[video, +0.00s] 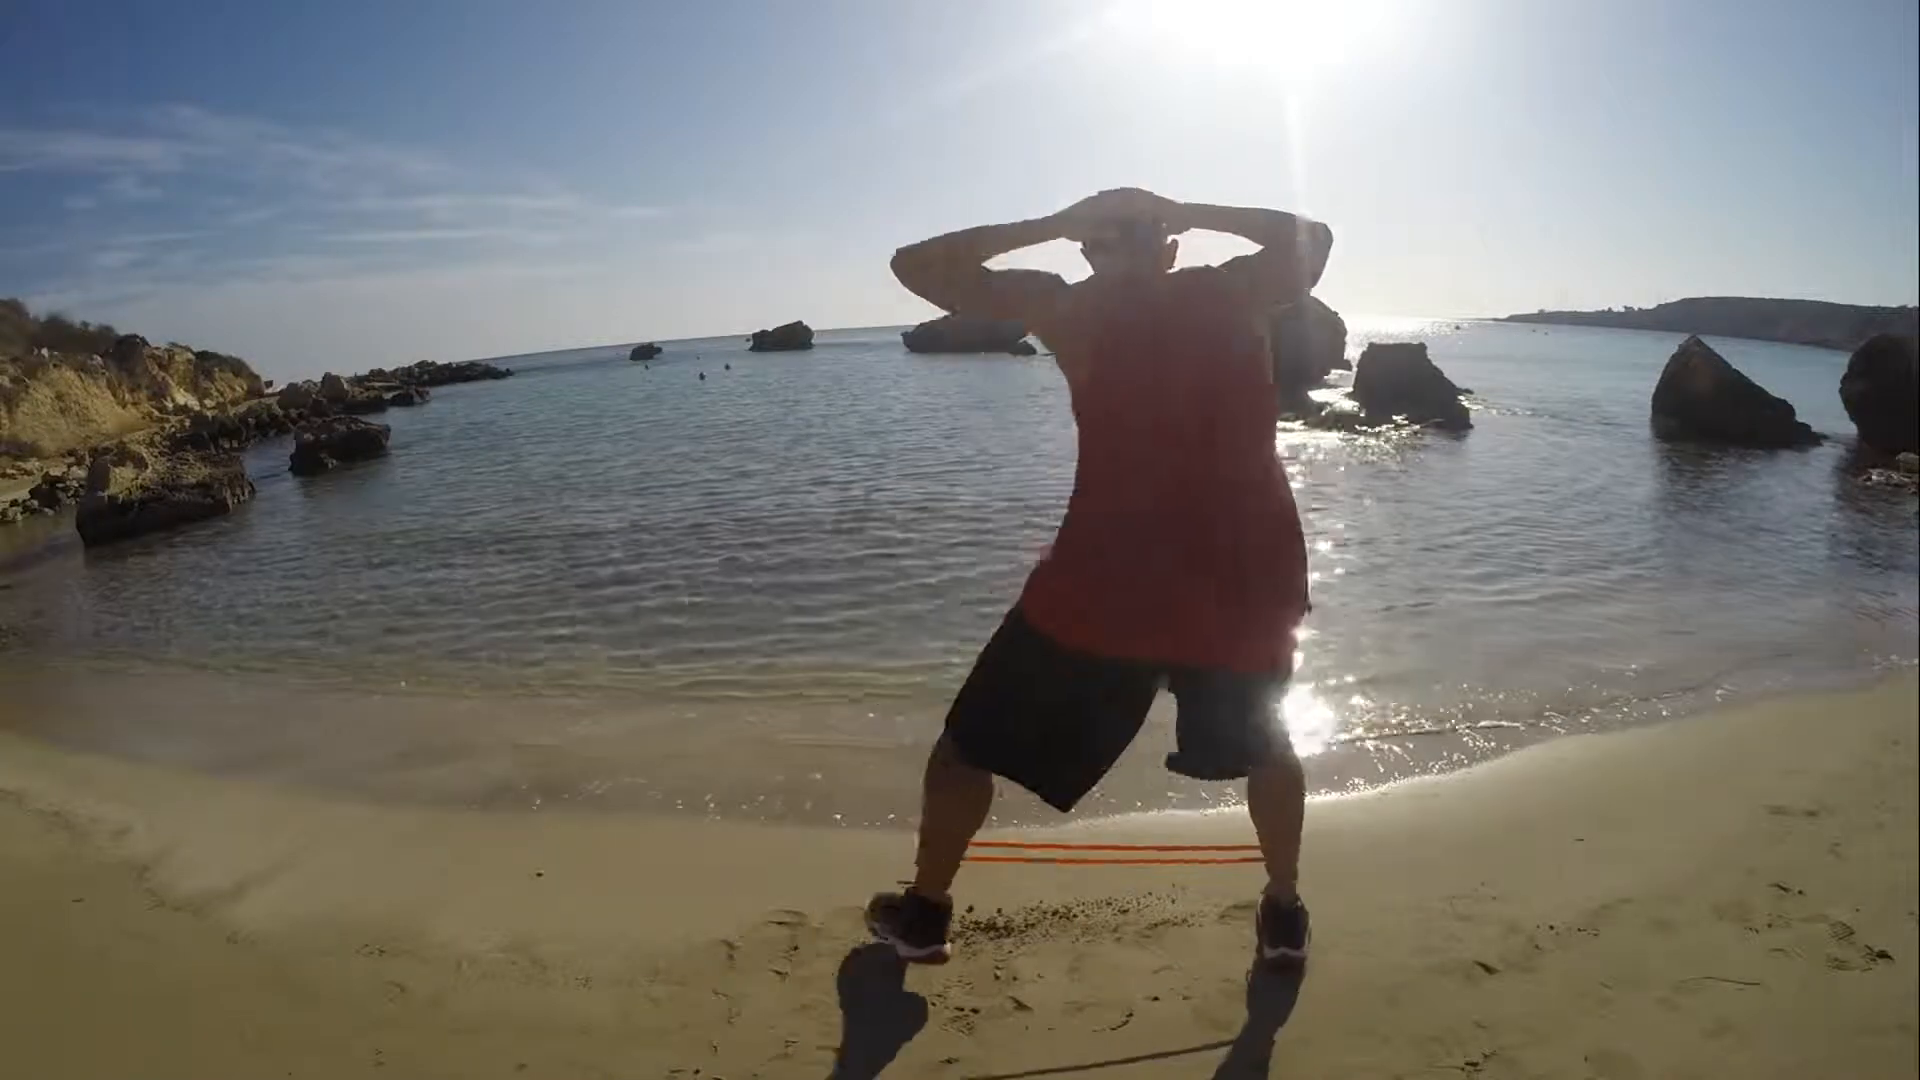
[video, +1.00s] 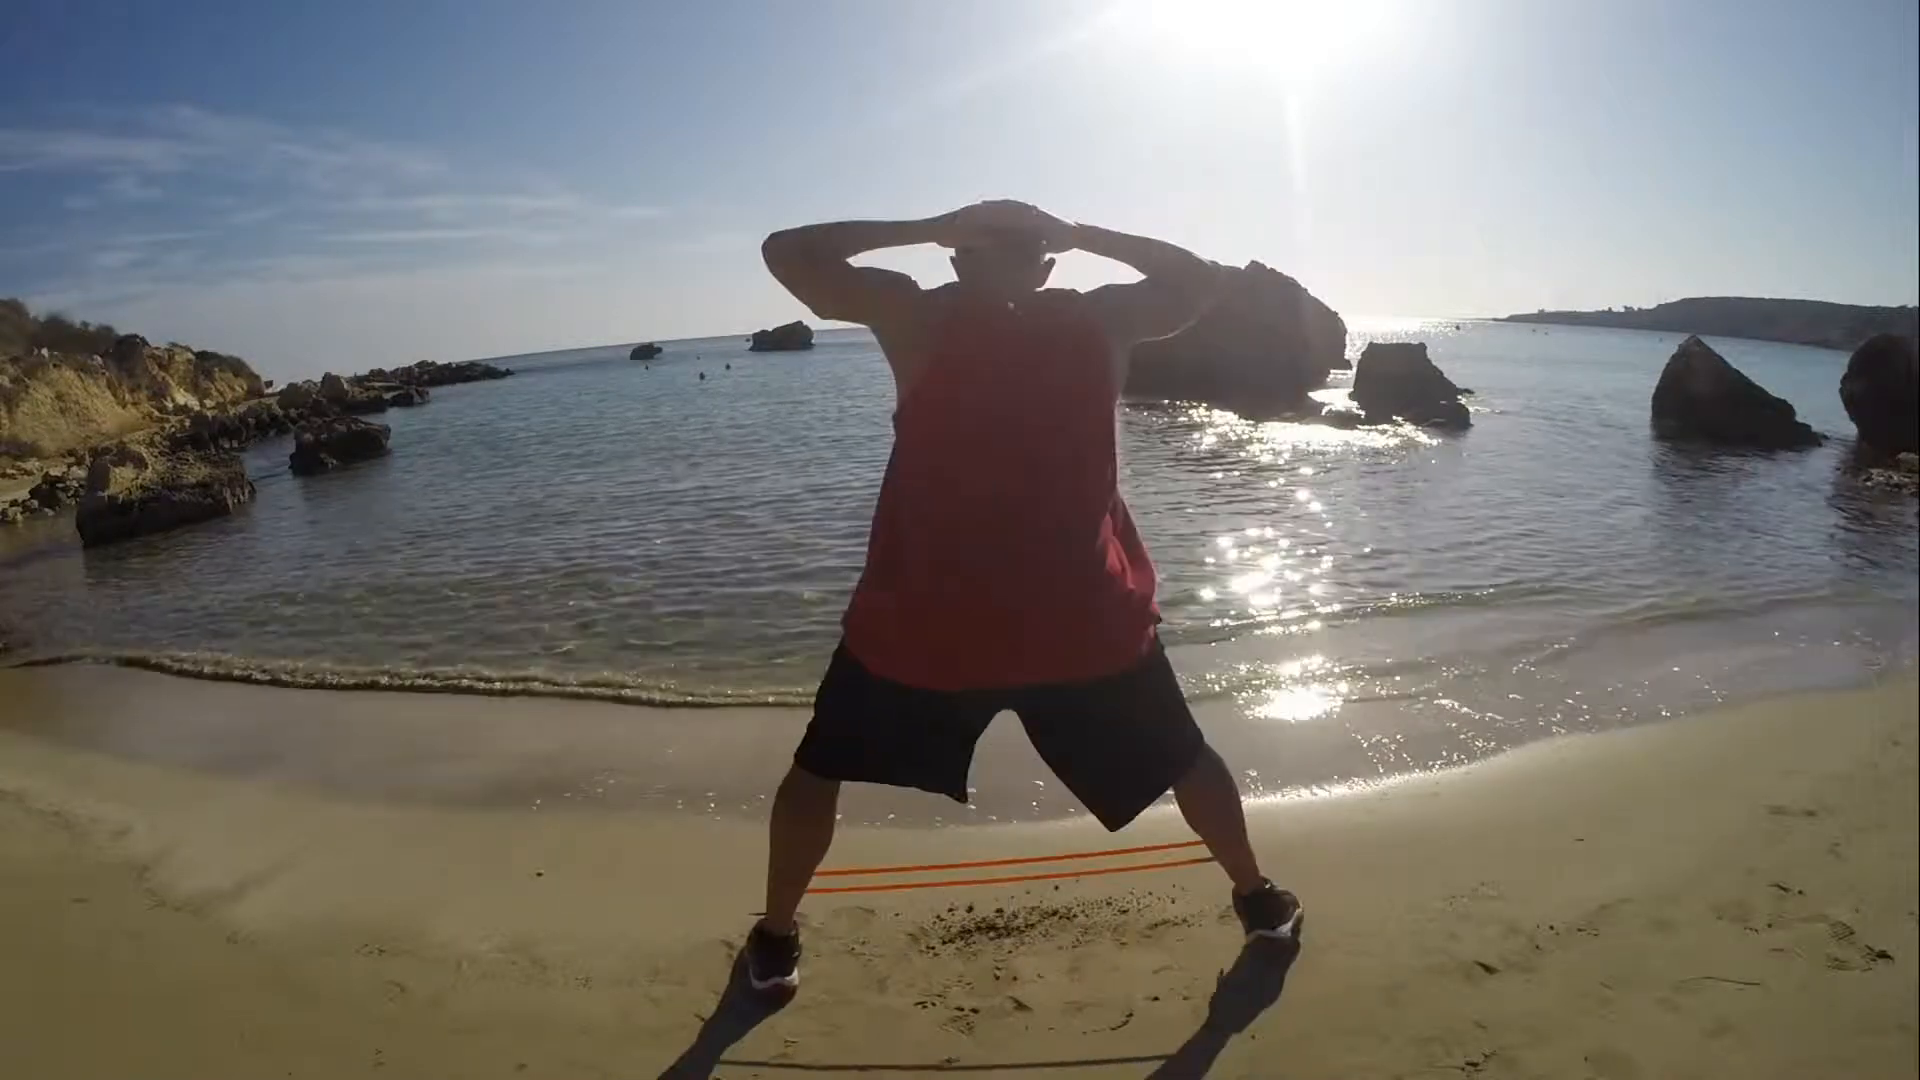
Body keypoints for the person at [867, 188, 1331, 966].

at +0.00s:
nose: (1094, 258)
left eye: (1097, 244)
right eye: (1096, 244)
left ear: (1095, 249)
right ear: (1166, 240)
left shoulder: (1071, 312)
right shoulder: (1237, 292)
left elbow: (917, 265)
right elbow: (1308, 237)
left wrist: (1051, 225)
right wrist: (1195, 213)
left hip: (1107, 563)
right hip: (1244, 568)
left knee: (969, 741)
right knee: (1267, 741)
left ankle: (927, 908)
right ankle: (1284, 908)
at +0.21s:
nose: (1170, 234)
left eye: (1167, 222)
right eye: (1176, 221)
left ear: (1155, 233)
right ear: (1230, 229)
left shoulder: (1130, 296)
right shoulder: (1292, 281)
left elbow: (981, 239)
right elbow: (1367, 241)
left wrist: (1117, 209)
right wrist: (1257, 205)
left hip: (1163, 580)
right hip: (1296, 583)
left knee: (1108, 745)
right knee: (1303, 756)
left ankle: (1138, 908)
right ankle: (1288, 907)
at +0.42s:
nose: (1188, 254)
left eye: (1187, 241)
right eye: (1196, 239)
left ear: (1182, 248)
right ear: (1256, 245)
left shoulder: (1151, 308)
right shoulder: (1320, 300)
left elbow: (1013, 252)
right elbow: (1390, 263)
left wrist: (1145, 225)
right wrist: (1288, 225)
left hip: (1172, 573)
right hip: (1307, 576)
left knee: (1084, 730)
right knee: (1299, 731)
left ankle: (1103, 904)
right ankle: (1287, 910)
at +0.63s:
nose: (1166, 247)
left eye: (1168, 236)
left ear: (1165, 246)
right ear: (1240, 246)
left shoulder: (1136, 303)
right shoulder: (1306, 307)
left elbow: (997, 239)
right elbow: (1369, 269)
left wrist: (1133, 219)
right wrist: (1267, 228)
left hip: (1126, 568)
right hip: (1268, 580)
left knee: (966, 723)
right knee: (1271, 739)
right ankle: (1284, 911)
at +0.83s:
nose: (1116, 265)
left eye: (1117, 253)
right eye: (1114, 254)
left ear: (1089, 270)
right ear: (1157, 271)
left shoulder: (1044, 330)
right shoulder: (1217, 336)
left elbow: (907, 266)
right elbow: (1292, 284)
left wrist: (1047, 244)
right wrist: (1181, 247)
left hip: (1032, 606)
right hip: (1183, 613)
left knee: (884, 773)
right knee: (1243, 763)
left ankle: (788, 932)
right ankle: (1279, 910)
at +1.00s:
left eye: (988, 239)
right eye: (1027, 239)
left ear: (961, 254)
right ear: (1048, 259)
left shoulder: (913, 318)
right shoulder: (1101, 323)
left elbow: (789, 252)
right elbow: (1196, 277)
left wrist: (929, 228)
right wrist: (1077, 233)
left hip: (924, 604)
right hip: (1080, 604)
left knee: (817, 768)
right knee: (1184, 755)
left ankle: (773, 941)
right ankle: (1257, 898)